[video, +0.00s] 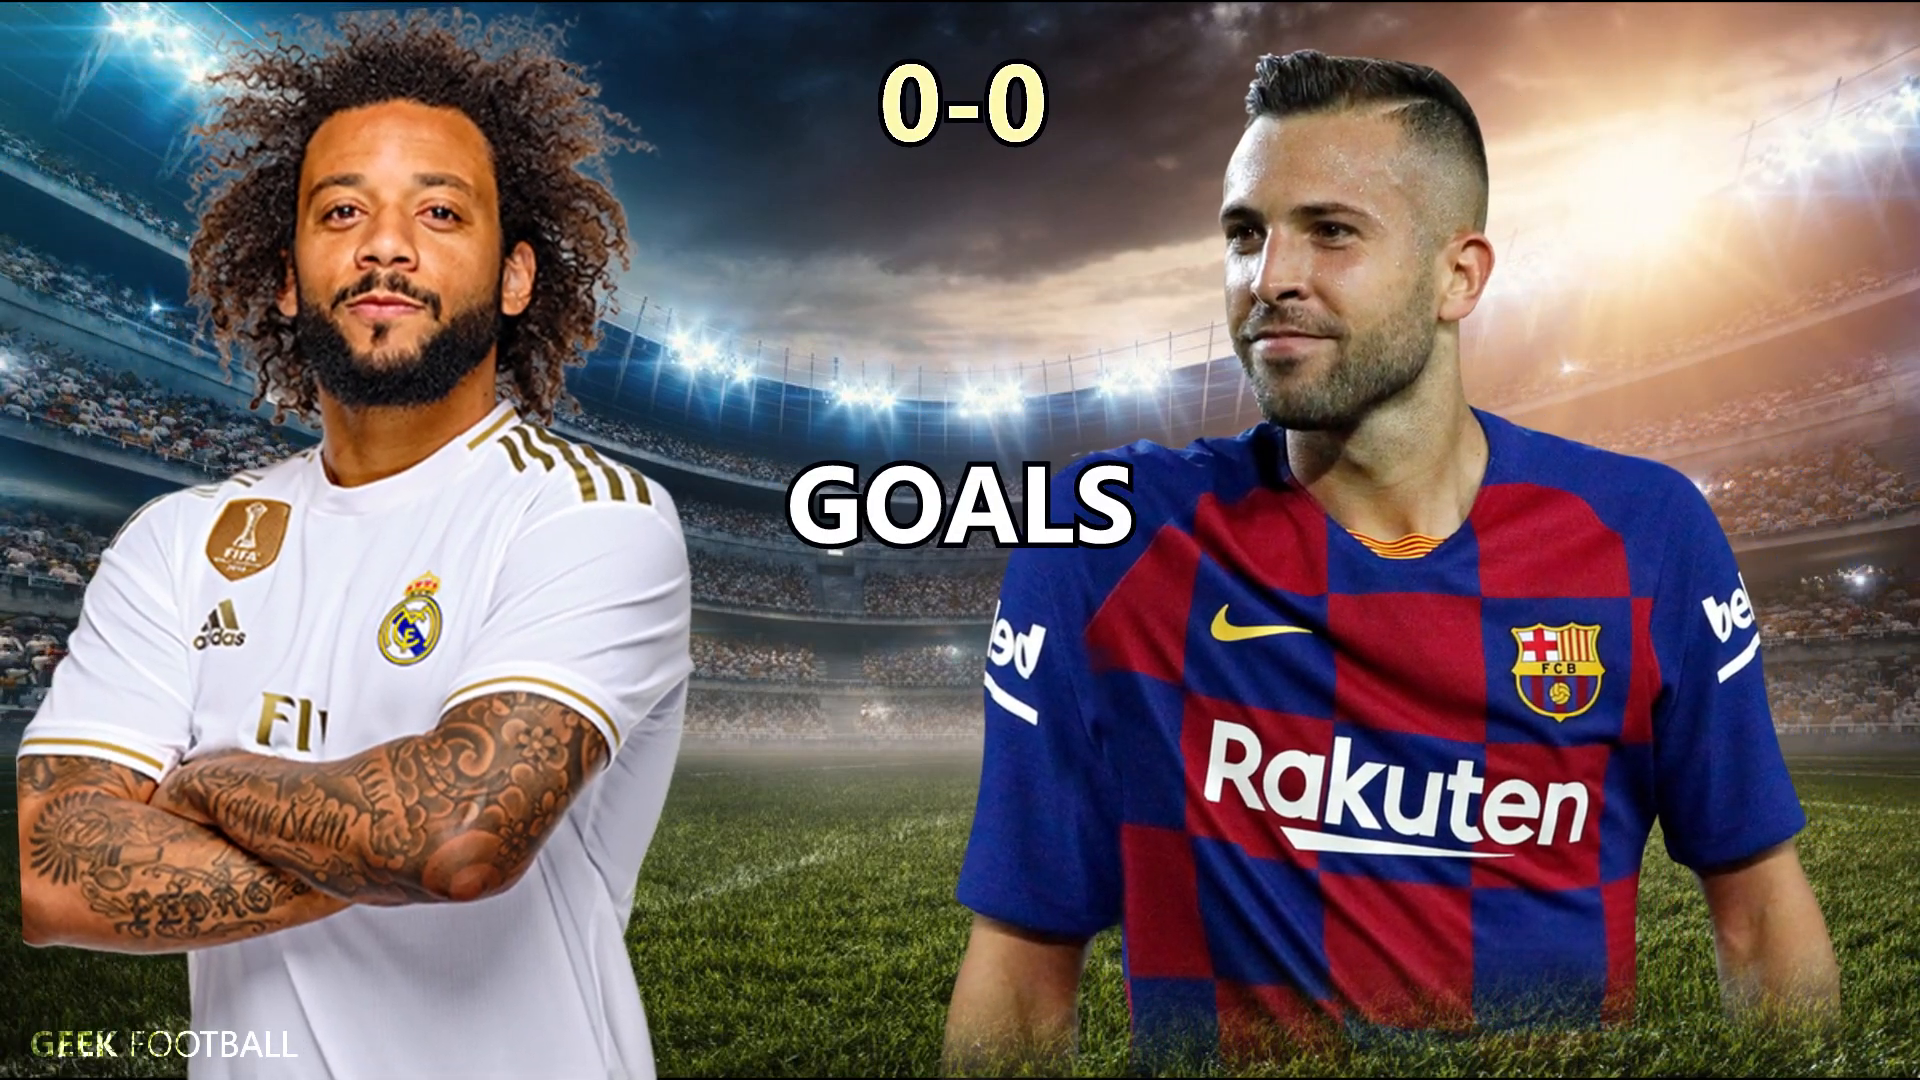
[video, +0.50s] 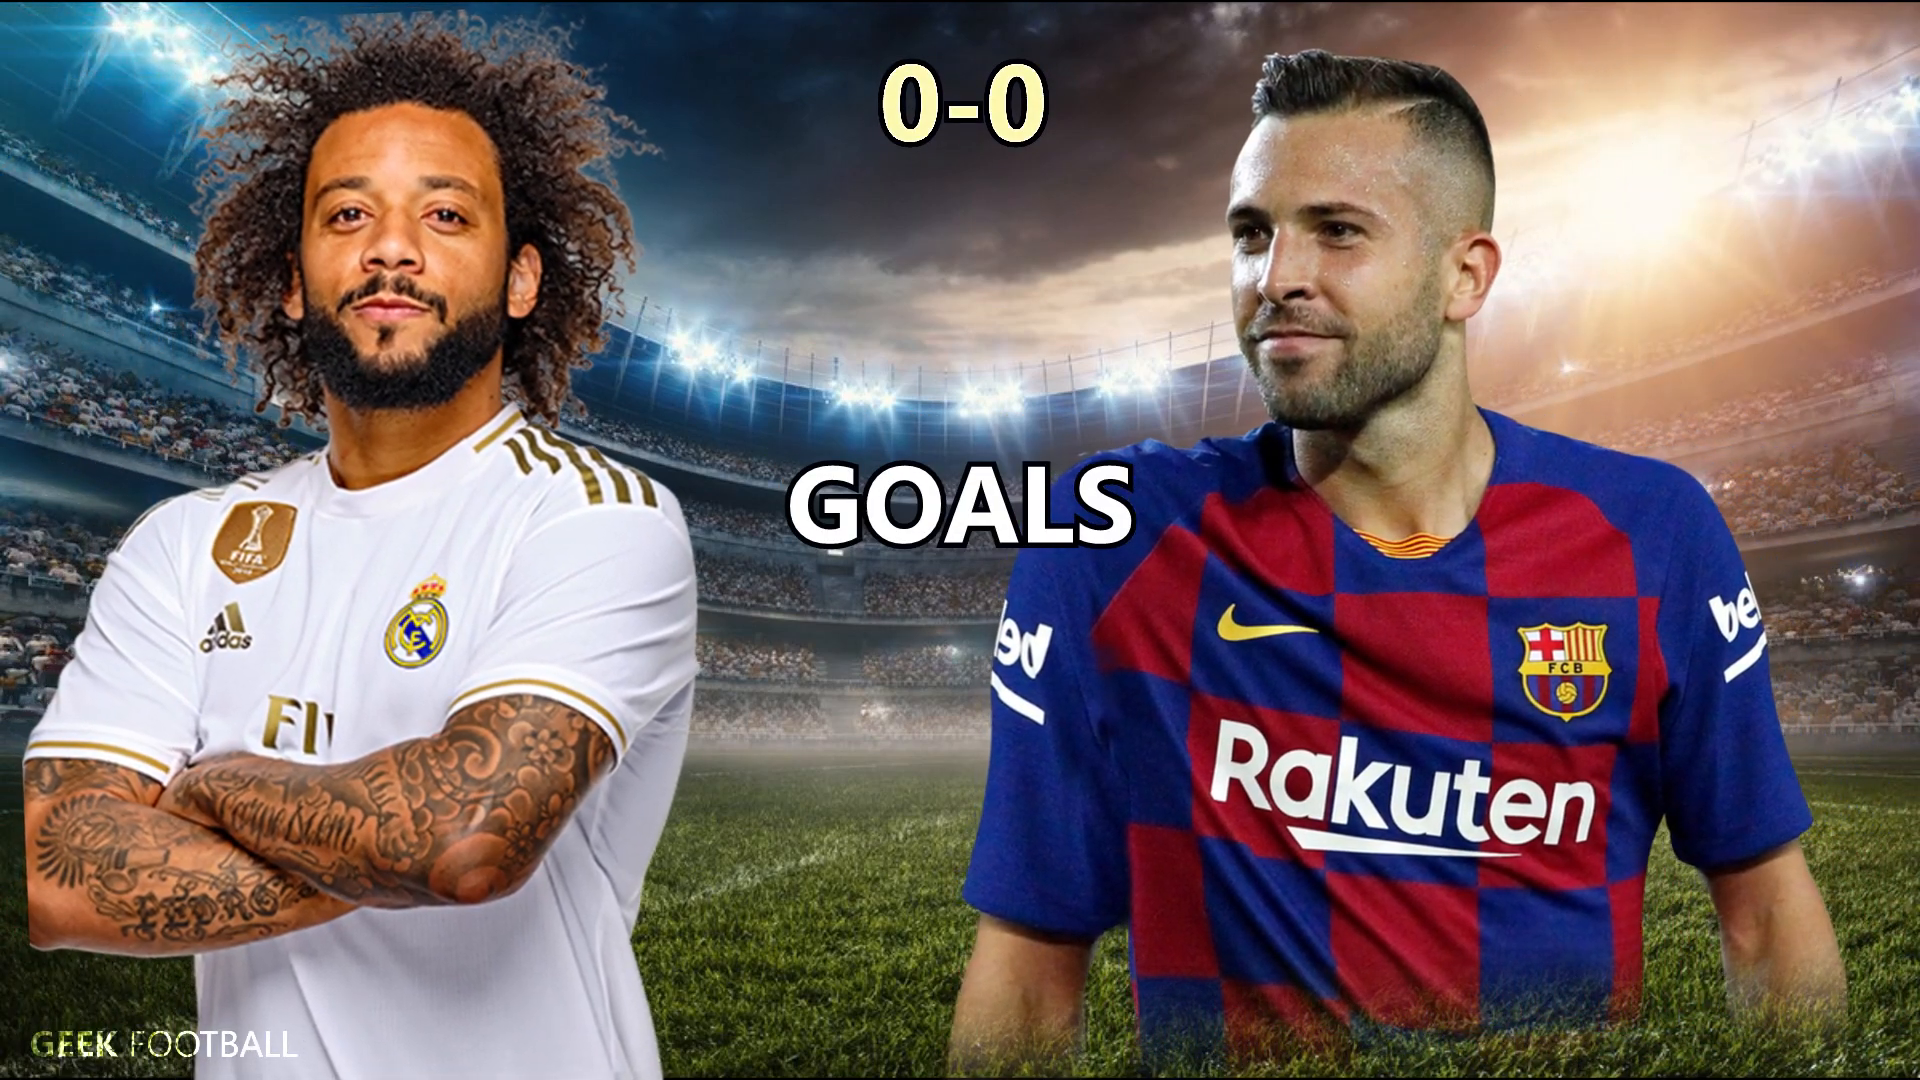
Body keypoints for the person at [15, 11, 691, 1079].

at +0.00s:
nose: (385, 248)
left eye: (439, 211)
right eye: (341, 212)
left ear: (512, 277)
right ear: (292, 275)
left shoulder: (597, 520)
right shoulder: (177, 541)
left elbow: (464, 834)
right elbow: (59, 880)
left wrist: (197, 778)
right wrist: (381, 843)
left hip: (528, 1065)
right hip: (252, 1064)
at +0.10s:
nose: (387, 248)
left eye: (441, 212)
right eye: (343, 212)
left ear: (513, 278)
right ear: (294, 275)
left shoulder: (599, 522)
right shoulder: (179, 543)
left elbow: (465, 834)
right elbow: (64, 882)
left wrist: (199, 780)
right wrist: (382, 844)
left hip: (531, 1064)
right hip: (253, 1064)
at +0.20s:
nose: (388, 249)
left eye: (442, 212)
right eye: (344, 213)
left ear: (515, 278)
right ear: (295, 276)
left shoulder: (601, 522)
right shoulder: (180, 543)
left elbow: (467, 835)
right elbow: (66, 882)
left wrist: (201, 780)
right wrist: (384, 844)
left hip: (531, 1065)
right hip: (254, 1065)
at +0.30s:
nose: (389, 249)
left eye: (444, 213)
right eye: (345, 214)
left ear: (516, 279)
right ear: (296, 278)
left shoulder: (602, 523)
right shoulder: (182, 543)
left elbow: (467, 835)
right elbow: (67, 884)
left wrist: (202, 780)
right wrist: (387, 844)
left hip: (532, 1065)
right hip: (255, 1064)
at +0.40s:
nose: (390, 250)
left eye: (445, 213)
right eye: (346, 214)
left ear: (517, 280)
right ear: (297, 277)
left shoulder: (603, 523)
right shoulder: (183, 544)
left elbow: (469, 836)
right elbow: (68, 884)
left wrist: (203, 780)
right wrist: (388, 845)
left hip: (533, 1066)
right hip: (256, 1065)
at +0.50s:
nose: (391, 250)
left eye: (446, 214)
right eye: (347, 215)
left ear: (518, 280)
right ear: (297, 278)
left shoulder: (604, 524)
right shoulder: (183, 545)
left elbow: (469, 837)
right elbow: (70, 886)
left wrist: (205, 781)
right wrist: (389, 846)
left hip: (535, 1066)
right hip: (257, 1066)